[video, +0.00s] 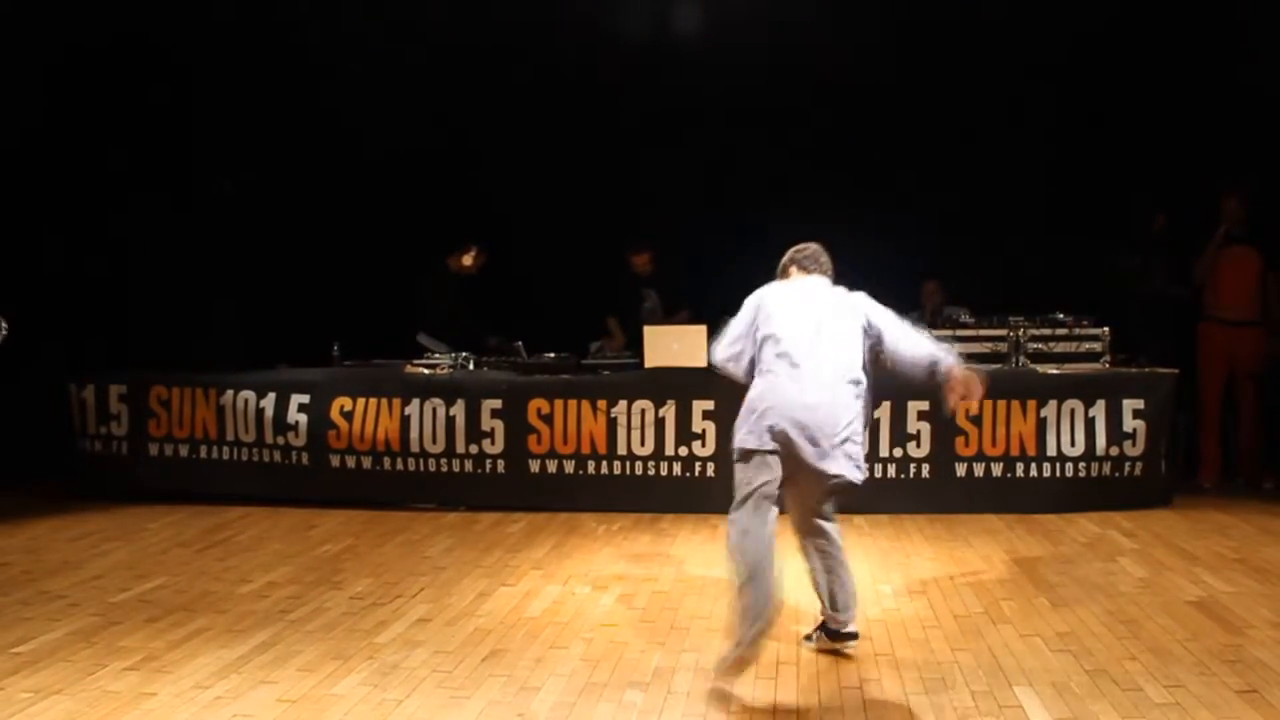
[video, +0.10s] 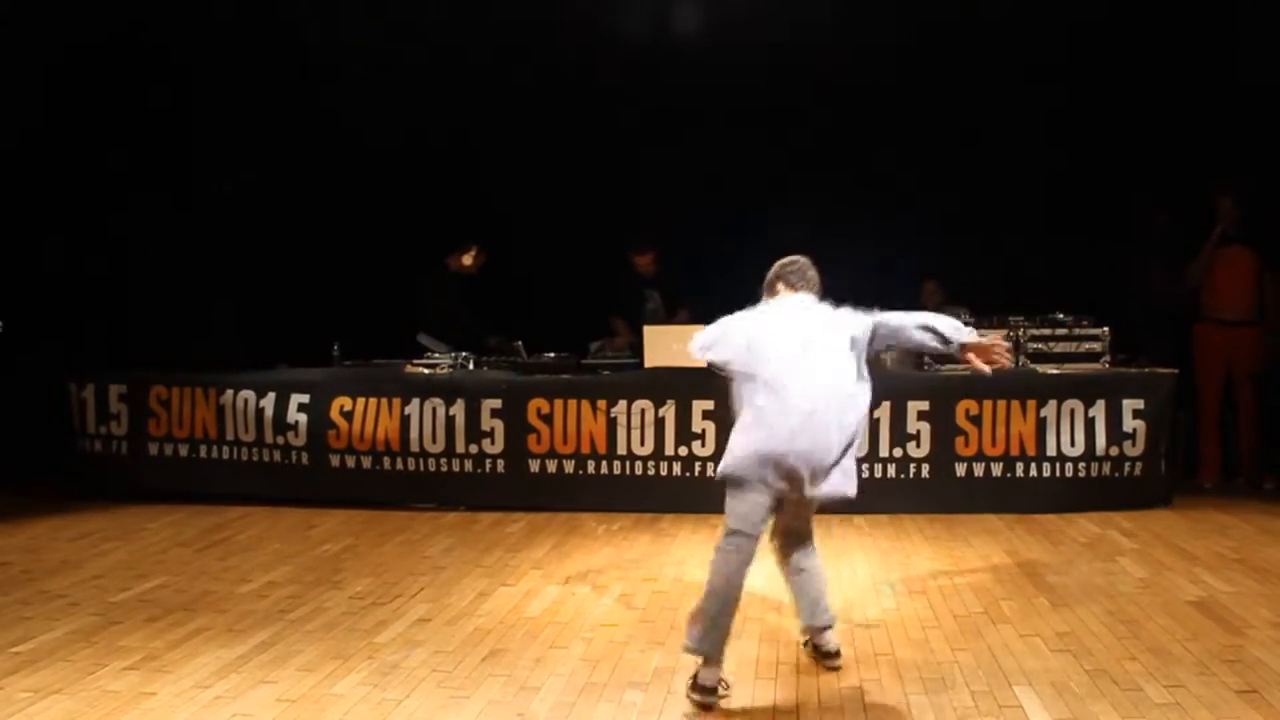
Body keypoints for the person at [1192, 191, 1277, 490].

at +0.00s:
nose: (1233, 223)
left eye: (1237, 218)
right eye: (1229, 218)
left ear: (1245, 221)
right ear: (1222, 222)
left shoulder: (1255, 253)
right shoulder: (1214, 253)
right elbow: (1200, 278)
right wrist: (1216, 240)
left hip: (1249, 332)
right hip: (1216, 331)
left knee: (1249, 402)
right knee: (1211, 402)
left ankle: (1250, 471)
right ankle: (1209, 471)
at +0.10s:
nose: (1227, 223)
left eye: (1231, 217)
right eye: (1224, 217)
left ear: (1240, 220)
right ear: (1217, 221)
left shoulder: (1250, 253)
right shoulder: (1210, 253)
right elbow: (1194, 279)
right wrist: (1213, 239)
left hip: (1246, 332)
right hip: (1212, 332)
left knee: (1246, 402)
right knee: (1209, 403)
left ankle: (1249, 471)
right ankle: (1209, 471)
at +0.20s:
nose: (1223, 221)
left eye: (1227, 216)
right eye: (1219, 216)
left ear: (1236, 219)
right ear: (1213, 220)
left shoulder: (1247, 251)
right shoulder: (1207, 252)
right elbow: (1192, 281)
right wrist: (1208, 241)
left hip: (1244, 330)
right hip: (1210, 331)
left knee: (1244, 402)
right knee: (1208, 403)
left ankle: (1247, 471)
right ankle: (1209, 471)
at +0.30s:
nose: (1221, 222)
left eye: (1226, 215)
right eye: (1217, 216)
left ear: (1234, 218)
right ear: (1210, 220)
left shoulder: (1246, 251)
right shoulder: (1205, 252)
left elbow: (1258, 292)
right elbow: (1191, 282)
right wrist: (1207, 240)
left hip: (1242, 330)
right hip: (1209, 330)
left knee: (1244, 402)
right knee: (1207, 403)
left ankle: (1246, 472)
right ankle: (1208, 472)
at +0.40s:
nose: (1220, 221)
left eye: (1225, 215)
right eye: (1216, 215)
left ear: (1233, 217)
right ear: (1209, 219)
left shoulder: (1245, 251)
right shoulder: (1205, 252)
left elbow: (1257, 293)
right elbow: (1191, 282)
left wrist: (1260, 328)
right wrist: (1206, 241)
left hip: (1242, 331)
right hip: (1208, 331)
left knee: (1243, 403)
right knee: (1207, 403)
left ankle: (1246, 472)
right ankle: (1208, 472)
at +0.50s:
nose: (1219, 223)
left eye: (1224, 217)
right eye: (1215, 217)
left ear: (1233, 220)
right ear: (1209, 221)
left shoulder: (1244, 252)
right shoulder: (1204, 253)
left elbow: (1256, 292)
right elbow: (1191, 282)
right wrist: (1206, 243)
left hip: (1241, 331)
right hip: (1208, 331)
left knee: (1243, 403)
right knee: (1207, 404)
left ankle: (1246, 472)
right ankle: (1208, 472)